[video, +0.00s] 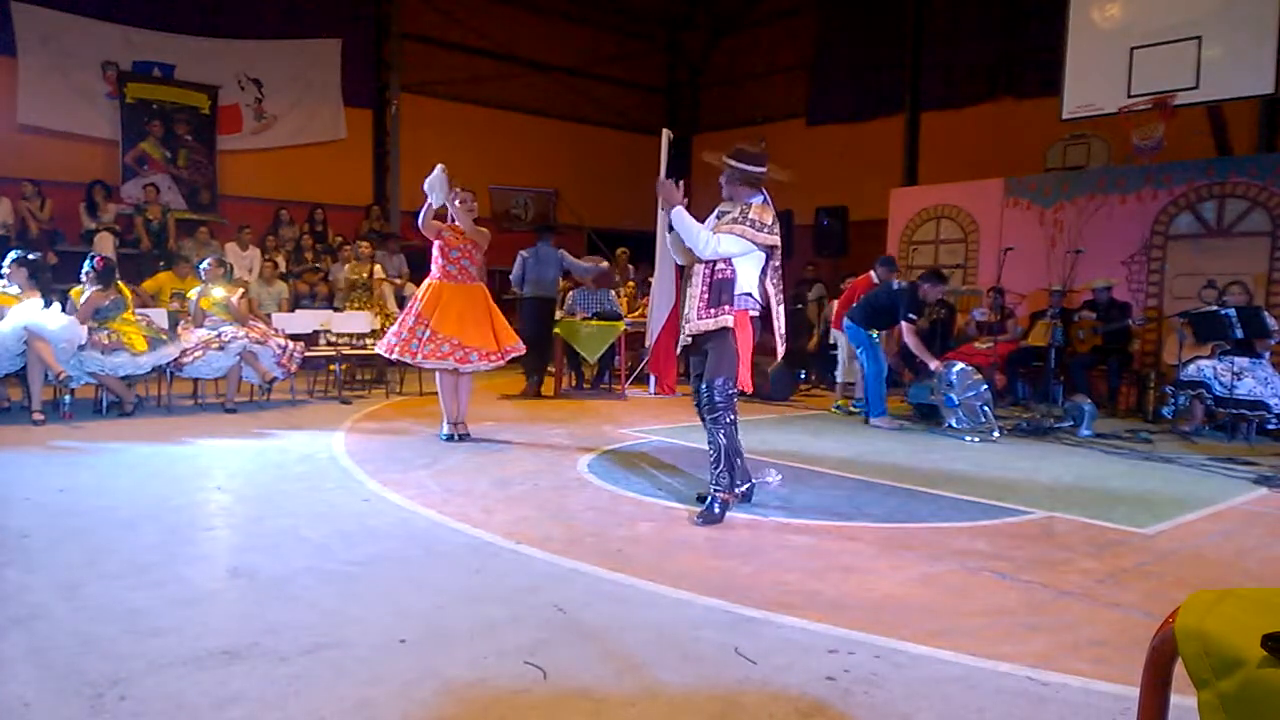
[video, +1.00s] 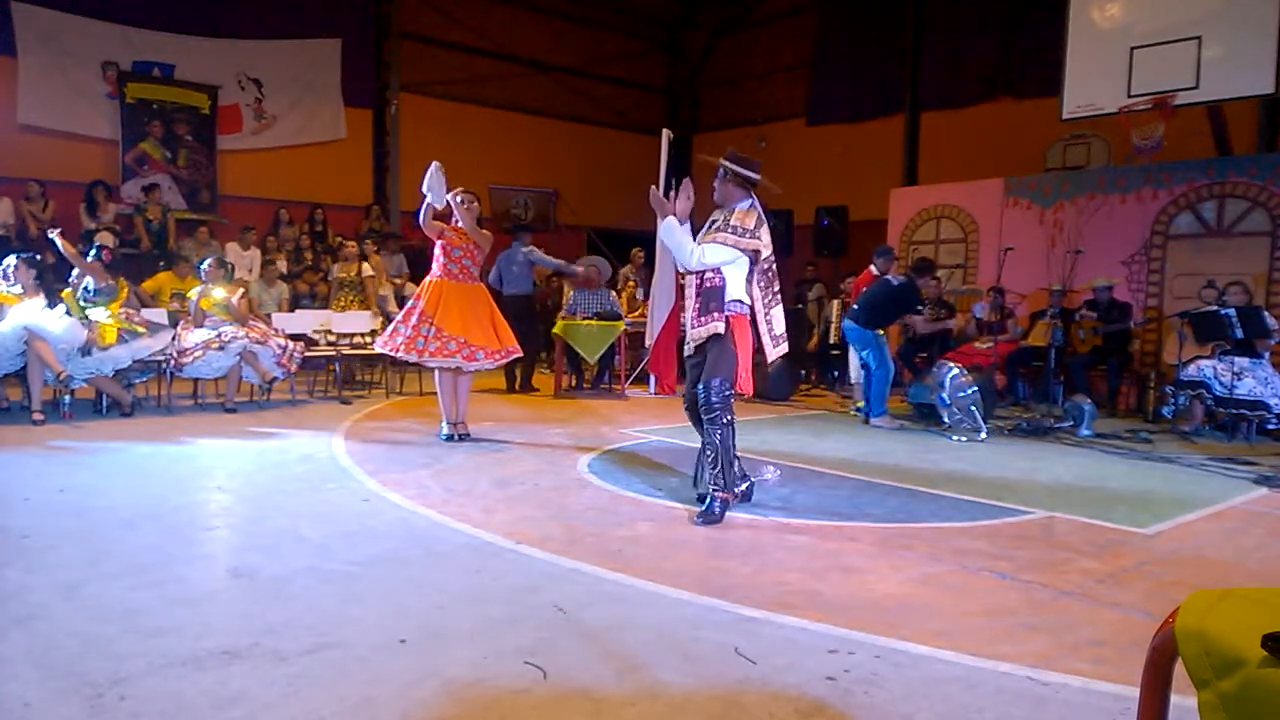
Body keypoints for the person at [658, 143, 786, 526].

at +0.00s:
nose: (721, 182)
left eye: (727, 177)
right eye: (722, 176)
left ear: (743, 182)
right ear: (744, 180)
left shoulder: (755, 218)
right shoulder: (724, 213)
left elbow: (709, 247)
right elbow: (685, 255)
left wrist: (675, 208)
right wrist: (671, 216)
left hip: (733, 316)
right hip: (706, 315)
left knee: (717, 402)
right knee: (706, 401)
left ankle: (719, 492)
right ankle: (739, 478)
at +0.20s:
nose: (714, 186)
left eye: (720, 181)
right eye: (716, 180)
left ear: (734, 185)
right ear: (737, 184)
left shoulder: (753, 225)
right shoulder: (718, 220)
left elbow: (704, 255)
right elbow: (682, 255)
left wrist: (670, 216)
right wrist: (668, 217)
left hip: (732, 323)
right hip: (703, 322)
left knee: (716, 402)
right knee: (692, 403)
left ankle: (719, 492)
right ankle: (736, 477)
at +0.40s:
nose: (714, 188)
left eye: (719, 182)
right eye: (716, 182)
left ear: (733, 187)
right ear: (737, 187)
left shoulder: (747, 224)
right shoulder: (719, 220)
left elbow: (701, 255)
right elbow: (681, 264)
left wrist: (673, 215)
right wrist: (670, 218)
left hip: (728, 323)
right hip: (700, 322)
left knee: (714, 402)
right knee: (689, 404)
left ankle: (718, 493)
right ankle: (734, 476)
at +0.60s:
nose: (713, 190)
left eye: (719, 184)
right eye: (716, 183)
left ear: (732, 189)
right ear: (739, 189)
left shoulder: (747, 227)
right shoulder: (718, 222)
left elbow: (700, 258)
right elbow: (681, 263)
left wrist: (671, 219)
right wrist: (672, 222)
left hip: (727, 324)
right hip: (700, 323)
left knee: (713, 401)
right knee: (687, 405)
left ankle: (719, 493)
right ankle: (732, 473)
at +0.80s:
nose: (713, 196)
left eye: (719, 192)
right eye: (714, 190)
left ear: (734, 197)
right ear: (737, 196)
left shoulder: (748, 232)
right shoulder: (721, 226)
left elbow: (700, 264)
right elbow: (691, 263)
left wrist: (667, 226)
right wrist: (668, 232)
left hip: (729, 326)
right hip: (701, 325)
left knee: (713, 399)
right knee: (685, 407)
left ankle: (718, 492)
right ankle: (732, 475)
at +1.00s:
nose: (713, 185)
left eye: (719, 179)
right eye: (716, 178)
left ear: (734, 185)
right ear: (736, 185)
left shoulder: (744, 222)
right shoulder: (724, 220)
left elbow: (694, 259)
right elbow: (692, 260)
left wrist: (666, 219)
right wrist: (681, 221)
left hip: (730, 321)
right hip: (706, 321)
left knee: (714, 400)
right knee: (694, 402)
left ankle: (721, 490)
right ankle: (733, 475)